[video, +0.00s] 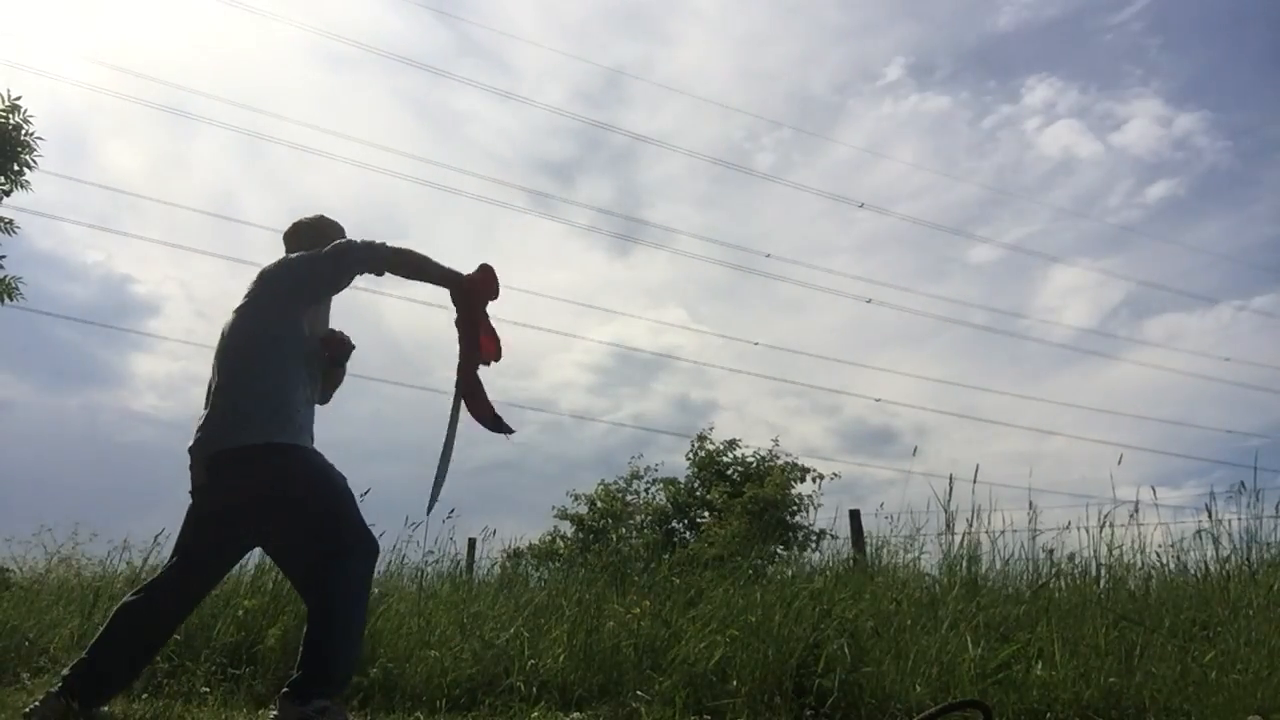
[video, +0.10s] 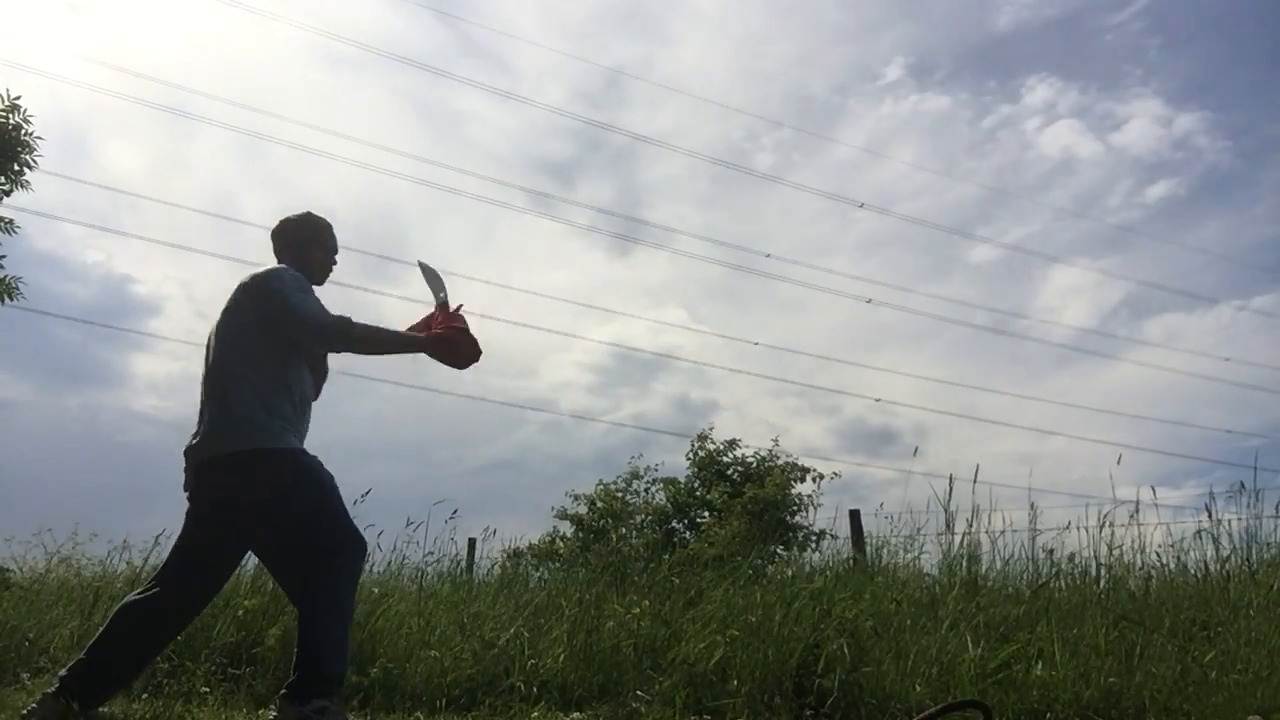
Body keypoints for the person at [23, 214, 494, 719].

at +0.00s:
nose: (342, 261)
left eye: (342, 251)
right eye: (338, 251)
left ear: (296, 244)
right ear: (314, 246)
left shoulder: (265, 318)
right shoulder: (291, 279)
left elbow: (319, 393)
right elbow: (376, 254)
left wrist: (333, 360)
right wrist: (458, 283)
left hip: (220, 463)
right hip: (276, 454)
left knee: (178, 584)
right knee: (350, 557)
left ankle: (75, 695)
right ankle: (314, 696)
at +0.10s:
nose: (335, 262)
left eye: (335, 253)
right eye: (328, 250)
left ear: (285, 247)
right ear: (298, 246)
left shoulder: (252, 303)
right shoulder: (281, 285)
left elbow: (303, 392)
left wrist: (319, 352)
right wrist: (419, 339)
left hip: (219, 464)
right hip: (269, 459)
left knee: (176, 591)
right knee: (338, 557)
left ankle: (71, 697)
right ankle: (311, 699)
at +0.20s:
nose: (323, 257)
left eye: (324, 247)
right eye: (316, 245)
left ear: (279, 249)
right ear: (285, 243)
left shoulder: (233, 302)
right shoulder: (262, 292)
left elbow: (223, 389)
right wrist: (350, 375)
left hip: (218, 470)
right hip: (261, 463)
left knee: (175, 593)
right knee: (328, 556)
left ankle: (70, 694)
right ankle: (311, 696)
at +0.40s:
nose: (313, 252)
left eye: (315, 243)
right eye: (307, 241)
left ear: (268, 240)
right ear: (279, 240)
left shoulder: (259, 298)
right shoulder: (256, 294)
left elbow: (265, 370)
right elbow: (220, 368)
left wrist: (304, 395)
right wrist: (285, 397)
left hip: (212, 463)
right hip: (240, 460)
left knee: (178, 589)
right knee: (284, 563)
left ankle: (70, 696)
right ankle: (306, 697)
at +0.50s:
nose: (307, 250)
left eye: (314, 243)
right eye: (297, 236)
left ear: (312, 254)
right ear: (266, 233)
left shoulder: (295, 320)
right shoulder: (221, 281)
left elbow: (310, 376)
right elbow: (168, 349)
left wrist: (316, 384)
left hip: (246, 451)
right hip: (207, 443)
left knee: (174, 591)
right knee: (277, 537)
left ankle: (69, 696)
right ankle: (285, 686)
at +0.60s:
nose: (313, 245)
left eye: (319, 238)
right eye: (303, 232)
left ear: (319, 248)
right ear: (273, 233)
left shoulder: (308, 315)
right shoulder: (225, 275)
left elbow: (346, 382)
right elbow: (166, 323)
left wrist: (327, 354)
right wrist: (216, 308)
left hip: (254, 452)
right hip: (208, 437)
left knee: (177, 584)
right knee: (276, 520)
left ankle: (68, 696)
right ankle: (251, 693)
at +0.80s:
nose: (331, 224)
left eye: (338, 217)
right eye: (321, 213)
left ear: (344, 228)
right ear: (295, 217)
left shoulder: (347, 295)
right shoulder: (253, 263)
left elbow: (396, 342)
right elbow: (198, 298)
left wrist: (330, 321)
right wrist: (289, 290)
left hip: (298, 463)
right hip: (238, 437)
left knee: (259, 587)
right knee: (244, 572)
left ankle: (145, 651)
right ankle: (223, 701)